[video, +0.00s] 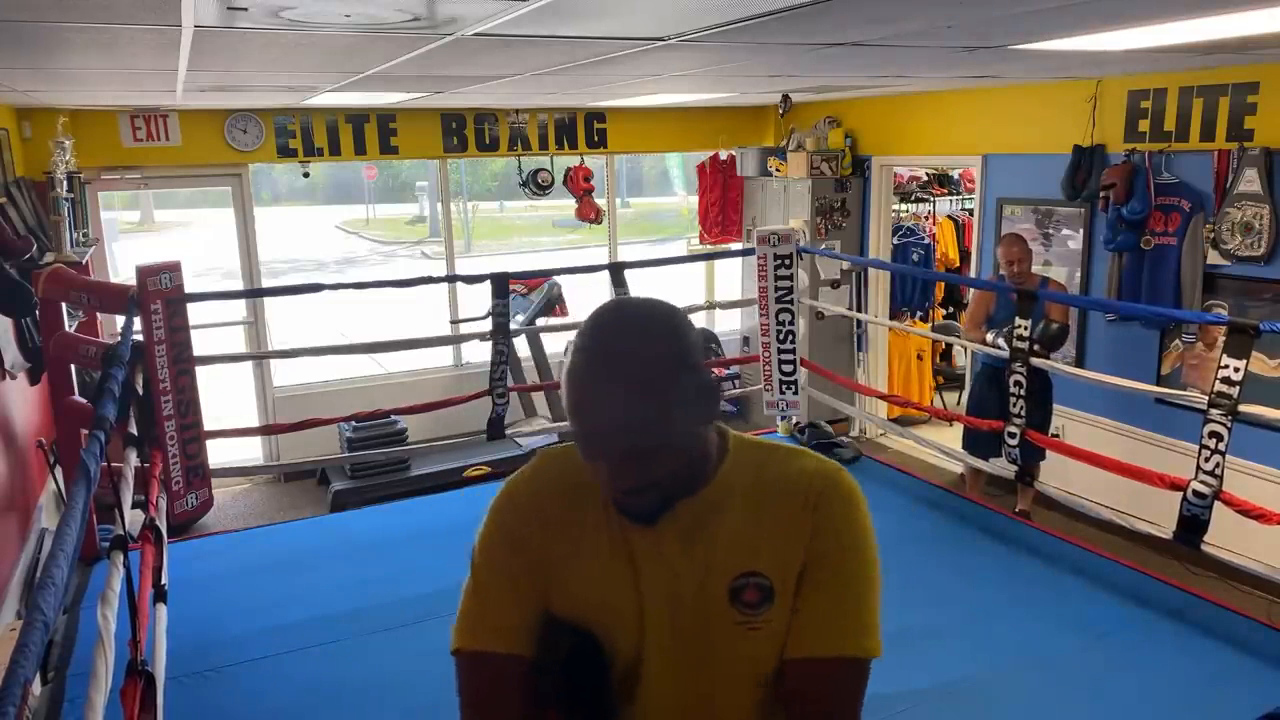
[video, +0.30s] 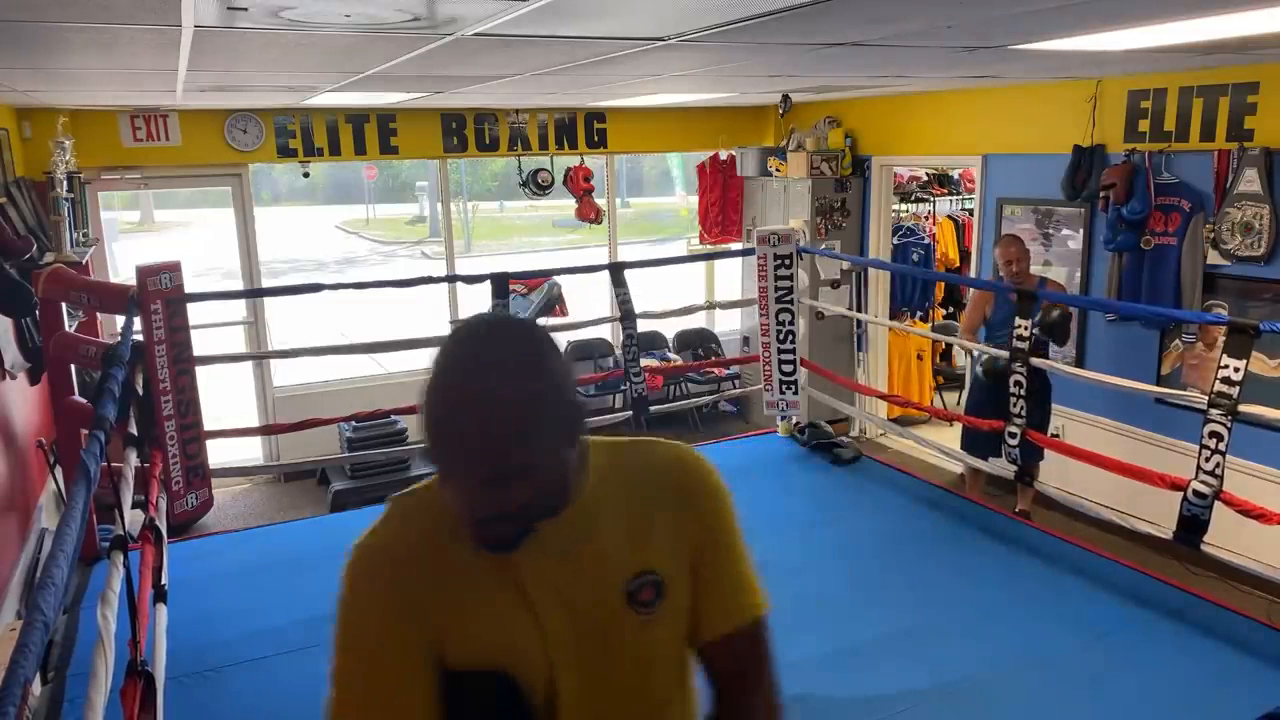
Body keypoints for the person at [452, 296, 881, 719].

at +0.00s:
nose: (617, 482)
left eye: (643, 453)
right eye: (594, 453)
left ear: (709, 404)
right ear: (572, 425)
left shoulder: (816, 501)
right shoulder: (529, 503)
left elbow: (822, 704)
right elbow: (490, 701)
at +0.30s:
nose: (472, 511)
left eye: (503, 482)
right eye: (451, 480)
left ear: (574, 437)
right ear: (432, 453)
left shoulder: (678, 488)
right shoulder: (390, 564)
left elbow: (745, 685)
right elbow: (368, 709)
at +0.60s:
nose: (368, 575)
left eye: (400, 552)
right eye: (335, 547)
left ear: (461, 466)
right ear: (296, 482)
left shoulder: (538, 469)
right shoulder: (273, 630)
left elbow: (620, 646)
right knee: (419, 708)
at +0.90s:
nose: (378, 525)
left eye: (410, 493)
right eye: (346, 490)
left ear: (453, 434)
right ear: (302, 428)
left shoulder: (487, 460)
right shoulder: (262, 604)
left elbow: (536, 607)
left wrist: (537, 708)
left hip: (504, 699)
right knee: (402, 696)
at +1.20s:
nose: (415, 432)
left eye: (436, 407)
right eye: (389, 411)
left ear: (455, 384)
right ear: (330, 379)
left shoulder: (450, 443)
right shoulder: (298, 522)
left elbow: (494, 559)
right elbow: (342, 706)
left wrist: (522, 667)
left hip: (479, 694)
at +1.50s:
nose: (450, 377)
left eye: (455, 357)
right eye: (437, 357)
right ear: (381, 345)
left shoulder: (393, 429)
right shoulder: (335, 462)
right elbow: (414, 667)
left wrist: (481, 601)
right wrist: (523, 674)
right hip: (388, 706)